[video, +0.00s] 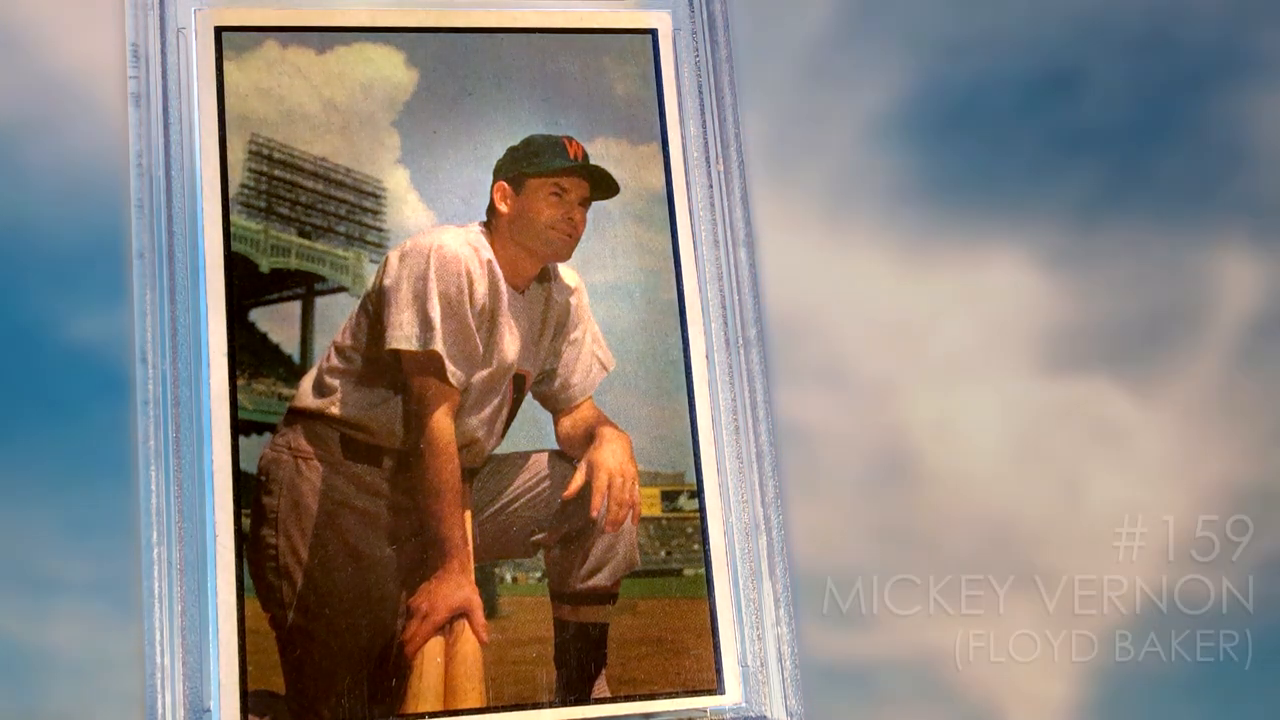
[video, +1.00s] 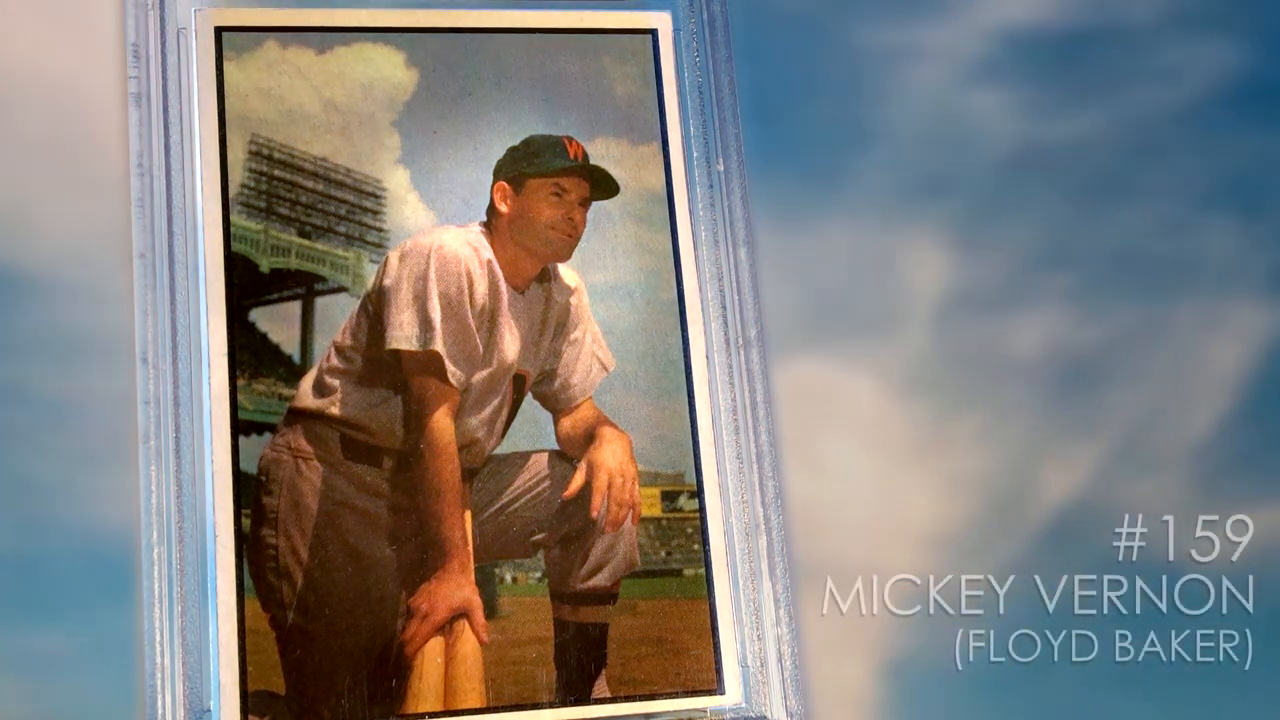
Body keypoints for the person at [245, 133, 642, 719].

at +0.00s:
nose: (576, 215)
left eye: (584, 203)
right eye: (557, 194)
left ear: (587, 217)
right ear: (504, 197)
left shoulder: (560, 295)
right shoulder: (442, 256)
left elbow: (575, 417)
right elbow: (432, 420)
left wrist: (609, 434)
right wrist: (454, 566)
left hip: (439, 485)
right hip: (334, 478)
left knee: (594, 488)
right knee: (347, 701)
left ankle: (580, 698)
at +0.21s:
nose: (575, 217)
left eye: (583, 204)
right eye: (557, 194)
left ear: (586, 218)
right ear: (504, 198)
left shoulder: (560, 295)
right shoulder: (441, 256)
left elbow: (574, 415)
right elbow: (433, 418)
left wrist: (609, 434)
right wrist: (454, 565)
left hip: (440, 486)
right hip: (335, 478)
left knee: (595, 487)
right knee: (346, 701)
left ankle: (580, 695)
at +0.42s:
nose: (577, 215)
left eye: (584, 204)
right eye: (558, 194)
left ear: (587, 217)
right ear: (505, 197)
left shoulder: (560, 294)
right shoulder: (443, 256)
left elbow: (575, 416)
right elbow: (432, 420)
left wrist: (609, 434)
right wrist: (454, 566)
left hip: (439, 485)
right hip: (334, 476)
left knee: (595, 487)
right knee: (348, 698)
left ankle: (581, 696)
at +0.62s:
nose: (576, 215)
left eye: (584, 203)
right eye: (558, 194)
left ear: (587, 217)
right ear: (505, 197)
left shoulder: (560, 295)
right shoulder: (442, 256)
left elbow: (575, 417)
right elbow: (432, 419)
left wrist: (609, 434)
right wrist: (454, 566)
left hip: (439, 485)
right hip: (334, 477)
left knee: (595, 487)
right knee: (348, 698)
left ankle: (581, 696)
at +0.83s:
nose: (576, 217)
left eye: (584, 204)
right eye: (557, 194)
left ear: (586, 218)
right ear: (504, 198)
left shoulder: (560, 294)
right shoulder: (441, 256)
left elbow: (575, 416)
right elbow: (433, 419)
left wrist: (609, 434)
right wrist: (454, 566)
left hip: (439, 486)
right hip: (334, 478)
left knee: (595, 487)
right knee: (347, 700)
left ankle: (580, 694)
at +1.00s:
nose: (576, 216)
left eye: (584, 204)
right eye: (557, 194)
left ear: (586, 218)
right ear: (504, 198)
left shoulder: (560, 294)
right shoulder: (441, 256)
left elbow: (574, 415)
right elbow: (433, 419)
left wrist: (609, 434)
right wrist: (454, 566)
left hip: (440, 486)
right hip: (334, 479)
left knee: (595, 487)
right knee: (347, 701)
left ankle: (580, 695)